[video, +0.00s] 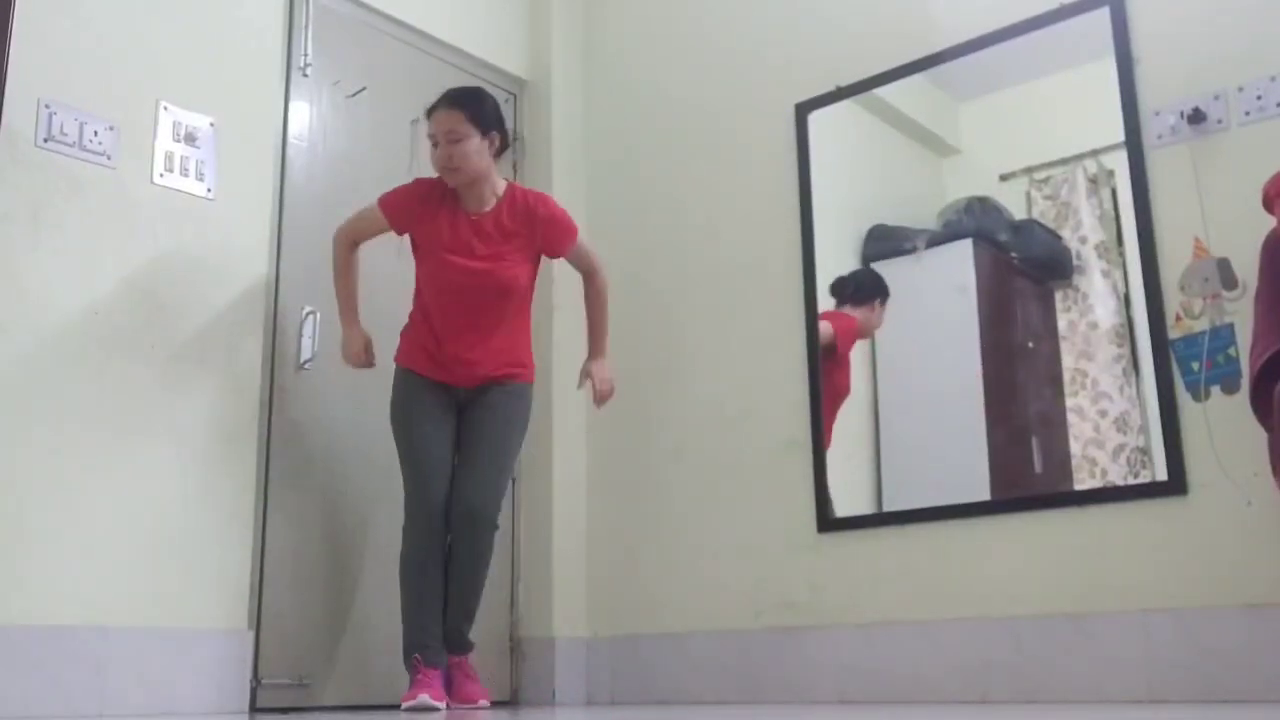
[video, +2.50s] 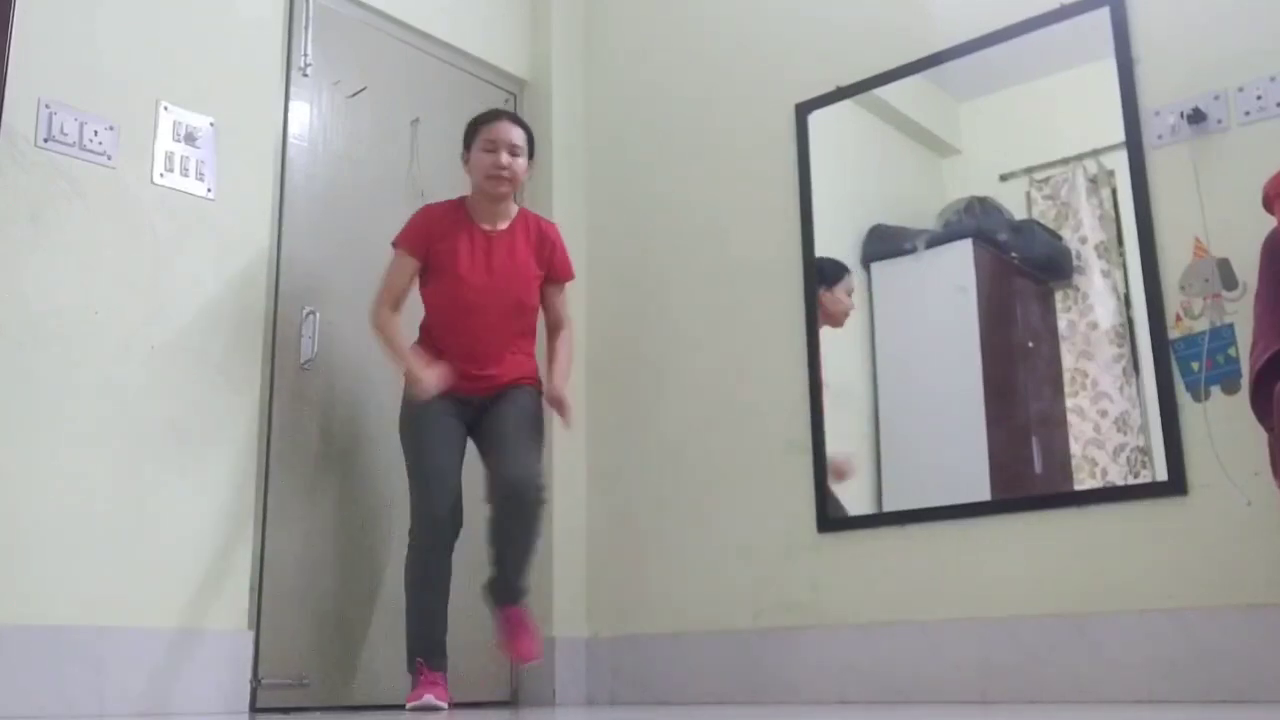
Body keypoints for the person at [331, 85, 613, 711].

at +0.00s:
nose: (443, 155)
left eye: (455, 141)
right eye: (435, 143)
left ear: (493, 142)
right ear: (430, 148)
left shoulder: (536, 213)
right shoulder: (420, 201)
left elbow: (594, 272)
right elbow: (345, 239)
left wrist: (598, 355)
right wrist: (351, 327)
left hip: (502, 380)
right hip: (424, 374)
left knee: (478, 511)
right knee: (427, 511)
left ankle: (457, 654)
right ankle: (425, 669)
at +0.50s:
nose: (528, 124)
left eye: (540, 117)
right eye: (515, 114)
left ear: (554, 137)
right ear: (491, 128)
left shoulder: (572, 198)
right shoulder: (461, 190)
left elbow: (590, 277)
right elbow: (469, 255)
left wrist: (559, 203)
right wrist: (533, 195)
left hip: (554, 376)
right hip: (475, 375)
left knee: (590, 517)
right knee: (457, 514)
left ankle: (641, 660)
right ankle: (428, 672)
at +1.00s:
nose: (647, 145)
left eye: (653, 137)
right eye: (636, 131)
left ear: (654, 148)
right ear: (598, 134)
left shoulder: (663, 206)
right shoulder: (548, 203)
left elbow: (729, 274)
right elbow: (492, 277)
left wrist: (740, 360)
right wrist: (505, 360)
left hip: (652, 373)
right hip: (576, 373)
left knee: (653, 509)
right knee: (618, 488)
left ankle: (654, 663)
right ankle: (615, 633)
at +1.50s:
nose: (602, 132)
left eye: (613, 123)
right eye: (589, 124)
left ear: (633, 141)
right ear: (571, 143)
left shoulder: (655, 208)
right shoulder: (547, 204)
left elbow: (660, 299)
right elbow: (529, 288)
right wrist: (581, 254)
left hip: (637, 381)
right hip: (560, 379)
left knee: (639, 514)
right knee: (515, 501)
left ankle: (653, 666)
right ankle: (506, 637)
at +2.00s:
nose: (496, 152)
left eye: (511, 143)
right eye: (486, 143)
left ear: (536, 158)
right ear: (473, 156)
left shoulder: (556, 235)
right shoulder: (445, 217)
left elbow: (560, 334)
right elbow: (414, 314)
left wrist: (565, 418)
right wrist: (401, 399)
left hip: (518, 387)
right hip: (440, 384)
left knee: (522, 498)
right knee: (439, 516)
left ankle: (558, 637)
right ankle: (428, 671)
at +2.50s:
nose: (503, 160)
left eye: (514, 151)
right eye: (490, 149)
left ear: (529, 167)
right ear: (467, 160)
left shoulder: (542, 237)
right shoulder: (432, 223)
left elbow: (559, 324)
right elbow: (384, 310)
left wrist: (557, 379)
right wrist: (411, 364)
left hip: (512, 388)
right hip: (437, 385)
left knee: (521, 484)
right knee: (436, 518)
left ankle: (507, 598)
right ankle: (428, 673)